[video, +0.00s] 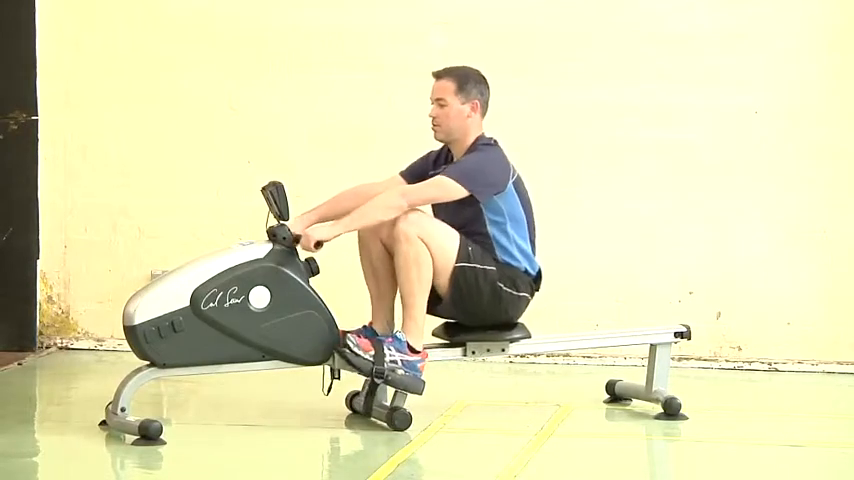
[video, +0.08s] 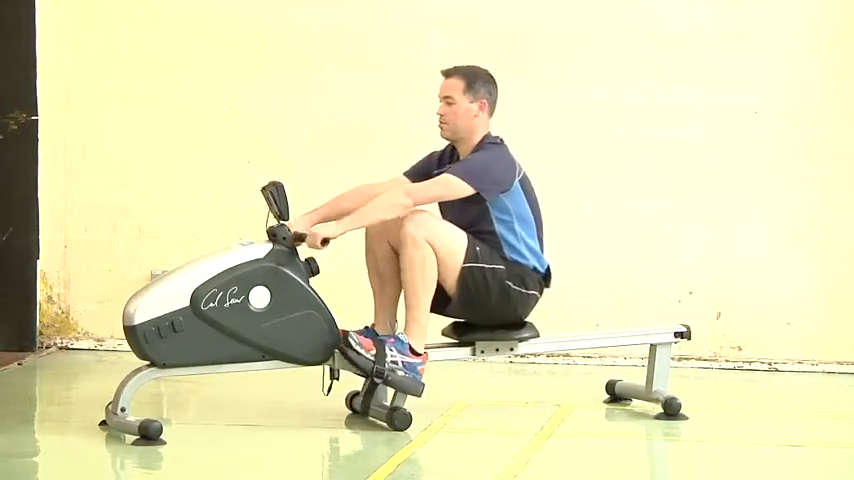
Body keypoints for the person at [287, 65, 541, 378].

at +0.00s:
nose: (431, 113)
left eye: (440, 104)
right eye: (432, 104)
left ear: (473, 109)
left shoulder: (487, 162)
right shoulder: (436, 161)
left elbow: (405, 199)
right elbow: (380, 191)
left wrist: (336, 228)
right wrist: (308, 218)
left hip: (504, 289)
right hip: (462, 289)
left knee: (410, 224)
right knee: (374, 222)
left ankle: (412, 350)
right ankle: (381, 334)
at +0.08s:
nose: (438, 110)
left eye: (448, 102)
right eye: (440, 102)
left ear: (479, 109)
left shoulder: (494, 161)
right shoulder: (441, 161)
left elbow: (409, 199)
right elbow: (383, 191)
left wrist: (338, 227)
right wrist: (311, 218)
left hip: (513, 288)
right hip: (470, 288)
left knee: (418, 224)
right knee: (382, 221)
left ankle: (412, 351)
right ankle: (382, 335)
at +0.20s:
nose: (453, 109)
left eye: (463, 101)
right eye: (455, 100)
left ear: (494, 107)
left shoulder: (508, 160)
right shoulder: (455, 159)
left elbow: (424, 197)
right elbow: (396, 189)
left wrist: (352, 224)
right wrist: (326, 214)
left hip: (527, 286)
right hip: (485, 285)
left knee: (430, 227)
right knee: (394, 225)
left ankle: (414, 354)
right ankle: (383, 338)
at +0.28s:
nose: (468, 108)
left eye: (477, 100)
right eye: (469, 99)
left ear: (509, 106)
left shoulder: (522, 159)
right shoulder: (470, 158)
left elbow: (437, 193)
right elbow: (409, 188)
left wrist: (367, 222)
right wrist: (339, 211)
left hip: (538, 285)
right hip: (497, 284)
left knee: (439, 229)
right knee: (403, 225)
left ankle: (416, 355)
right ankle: (386, 338)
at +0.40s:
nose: (494, 106)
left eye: (504, 97)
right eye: (495, 97)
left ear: (535, 103)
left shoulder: (548, 156)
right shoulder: (495, 156)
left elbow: (464, 189)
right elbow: (432, 185)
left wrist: (396, 216)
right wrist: (366, 207)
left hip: (559, 282)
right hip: (520, 279)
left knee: (454, 235)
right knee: (422, 231)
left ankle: (417, 359)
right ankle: (387, 341)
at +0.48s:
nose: (514, 105)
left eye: (523, 96)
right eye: (515, 96)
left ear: (556, 100)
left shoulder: (570, 155)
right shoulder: (515, 154)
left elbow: (488, 188)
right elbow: (454, 184)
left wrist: (417, 215)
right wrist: (388, 203)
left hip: (575, 281)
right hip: (537, 276)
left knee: (466, 242)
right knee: (434, 236)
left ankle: (419, 358)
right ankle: (391, 340)